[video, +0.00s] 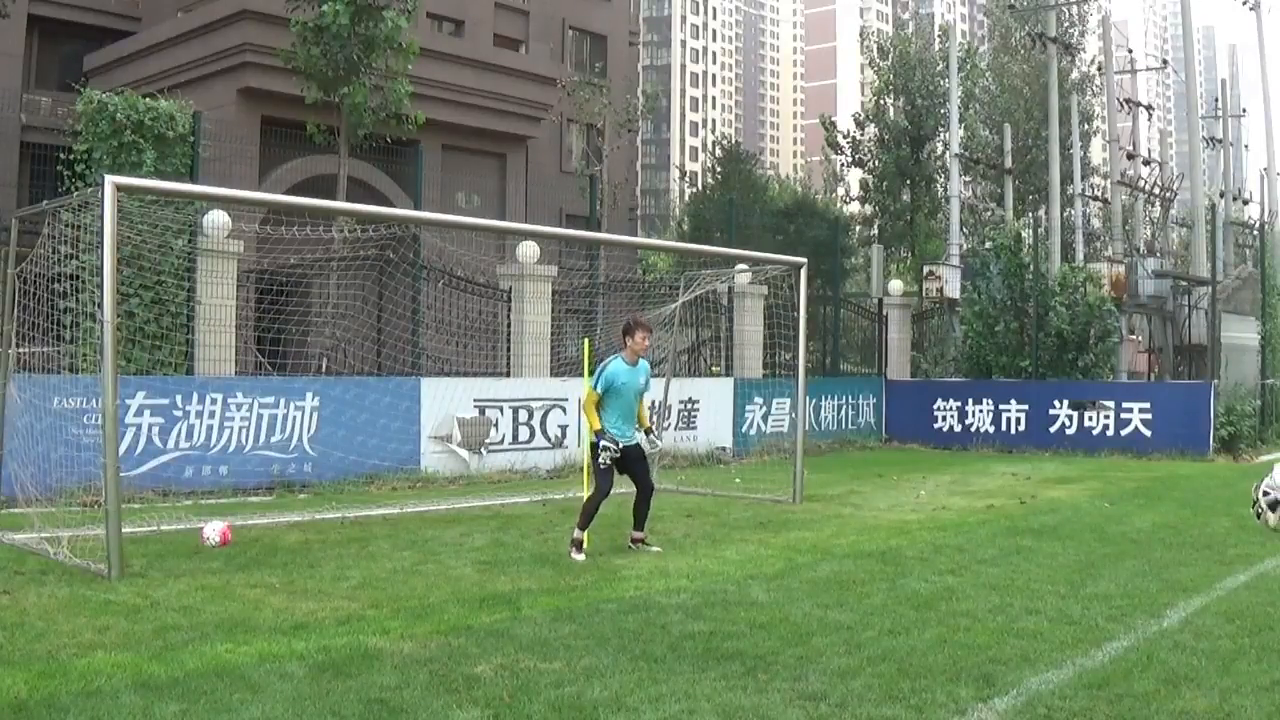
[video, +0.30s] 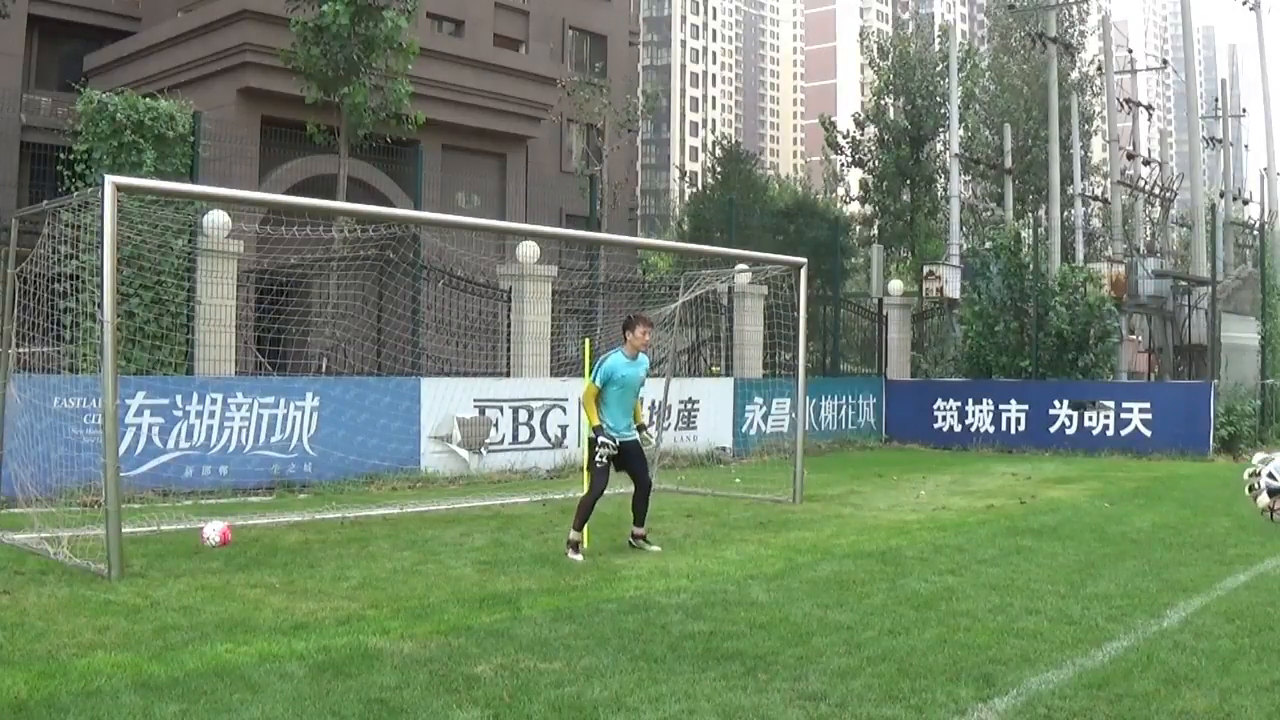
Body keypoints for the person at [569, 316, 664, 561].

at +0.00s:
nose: (647, 344)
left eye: (648, 339)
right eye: (643, 339)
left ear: (646, 341)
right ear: (628, 340)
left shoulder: (644, 368)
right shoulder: (609, 368)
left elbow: (639, 401)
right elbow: (588, 403)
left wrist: (647, 429)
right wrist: (599, 434)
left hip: (630, 442)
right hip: (605, 440)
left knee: (646, 487)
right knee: (602, 489)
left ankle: (637, 538)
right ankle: (578, 537)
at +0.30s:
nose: (648, 339)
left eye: (649, 334)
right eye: (643, 334)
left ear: (648, 337)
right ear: (628, 335)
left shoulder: (644, 363)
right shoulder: (609, 362)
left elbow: (634, 396)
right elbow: (588, 397)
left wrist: (641, 425)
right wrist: (597, 430)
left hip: (628, 436)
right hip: (603, 434)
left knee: (644, 483)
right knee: (597, 488)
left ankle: (638, 536)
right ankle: (574, 539)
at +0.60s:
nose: (652, 358)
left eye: (653, 353)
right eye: (648, 353)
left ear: (652, 355)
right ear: (633, 354)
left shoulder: (647, 379)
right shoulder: (615, 379)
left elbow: (636, 411)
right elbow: (588, 411)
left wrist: (640, 436)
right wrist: (606, 442)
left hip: (626, 445)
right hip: (600, 445)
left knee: (650, 488)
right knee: (602, 494)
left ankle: (638, 537)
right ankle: (574, 542)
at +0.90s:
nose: (649, 338)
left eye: (650, 334)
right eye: (644, 334)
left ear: (650, 339)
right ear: (629, 337)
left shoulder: (651, 359)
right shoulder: (619, 358)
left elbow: (679, 363)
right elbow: (617, 375)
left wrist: (685, 350)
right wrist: (646, 358)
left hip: (627, 436)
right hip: (604, 436)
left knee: (647, 482)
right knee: (595, 489)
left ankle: (638, 536)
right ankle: (572, 539)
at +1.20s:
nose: (629, 350)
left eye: (632, 346)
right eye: (624, 346)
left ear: (635, 349)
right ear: (613, 350)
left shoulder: (639, 366)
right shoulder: (606, 370)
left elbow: (667, 350)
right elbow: (604, 344)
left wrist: (681, 326)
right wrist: (628, 320)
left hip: (630, 443)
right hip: (605, 444)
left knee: (652, 498)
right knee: (603, 495)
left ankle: (647, 536)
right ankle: (575, 536)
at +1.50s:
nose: (596, 357)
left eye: (598, 352)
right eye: (590, 353)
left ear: (602, 355)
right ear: (579, 358)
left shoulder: (603, 380)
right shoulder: (563, 386)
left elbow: (593, 411)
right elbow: (537, 415)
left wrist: (594, 436)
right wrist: (537, 447)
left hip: (580, 442)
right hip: (554, 443)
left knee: (611, 484)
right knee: (569, 487)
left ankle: (591, 532)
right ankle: (558, 532)